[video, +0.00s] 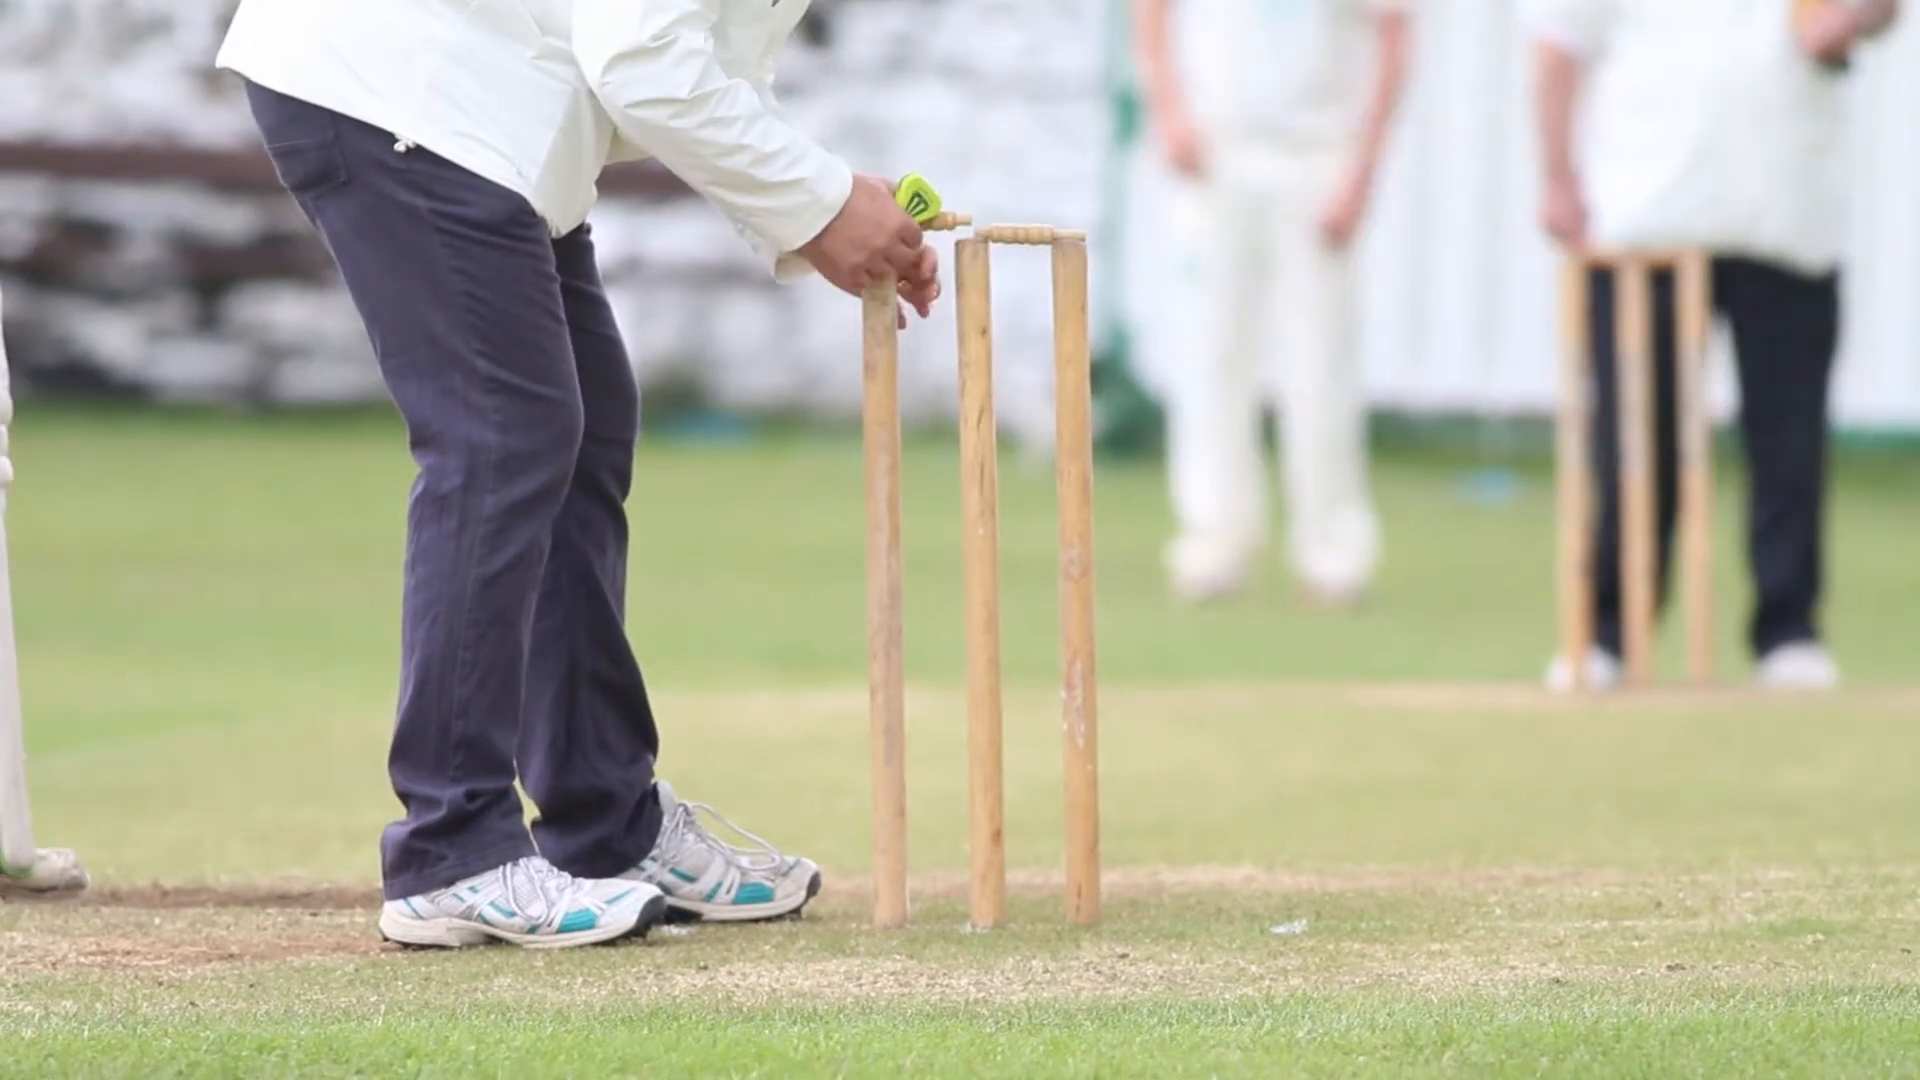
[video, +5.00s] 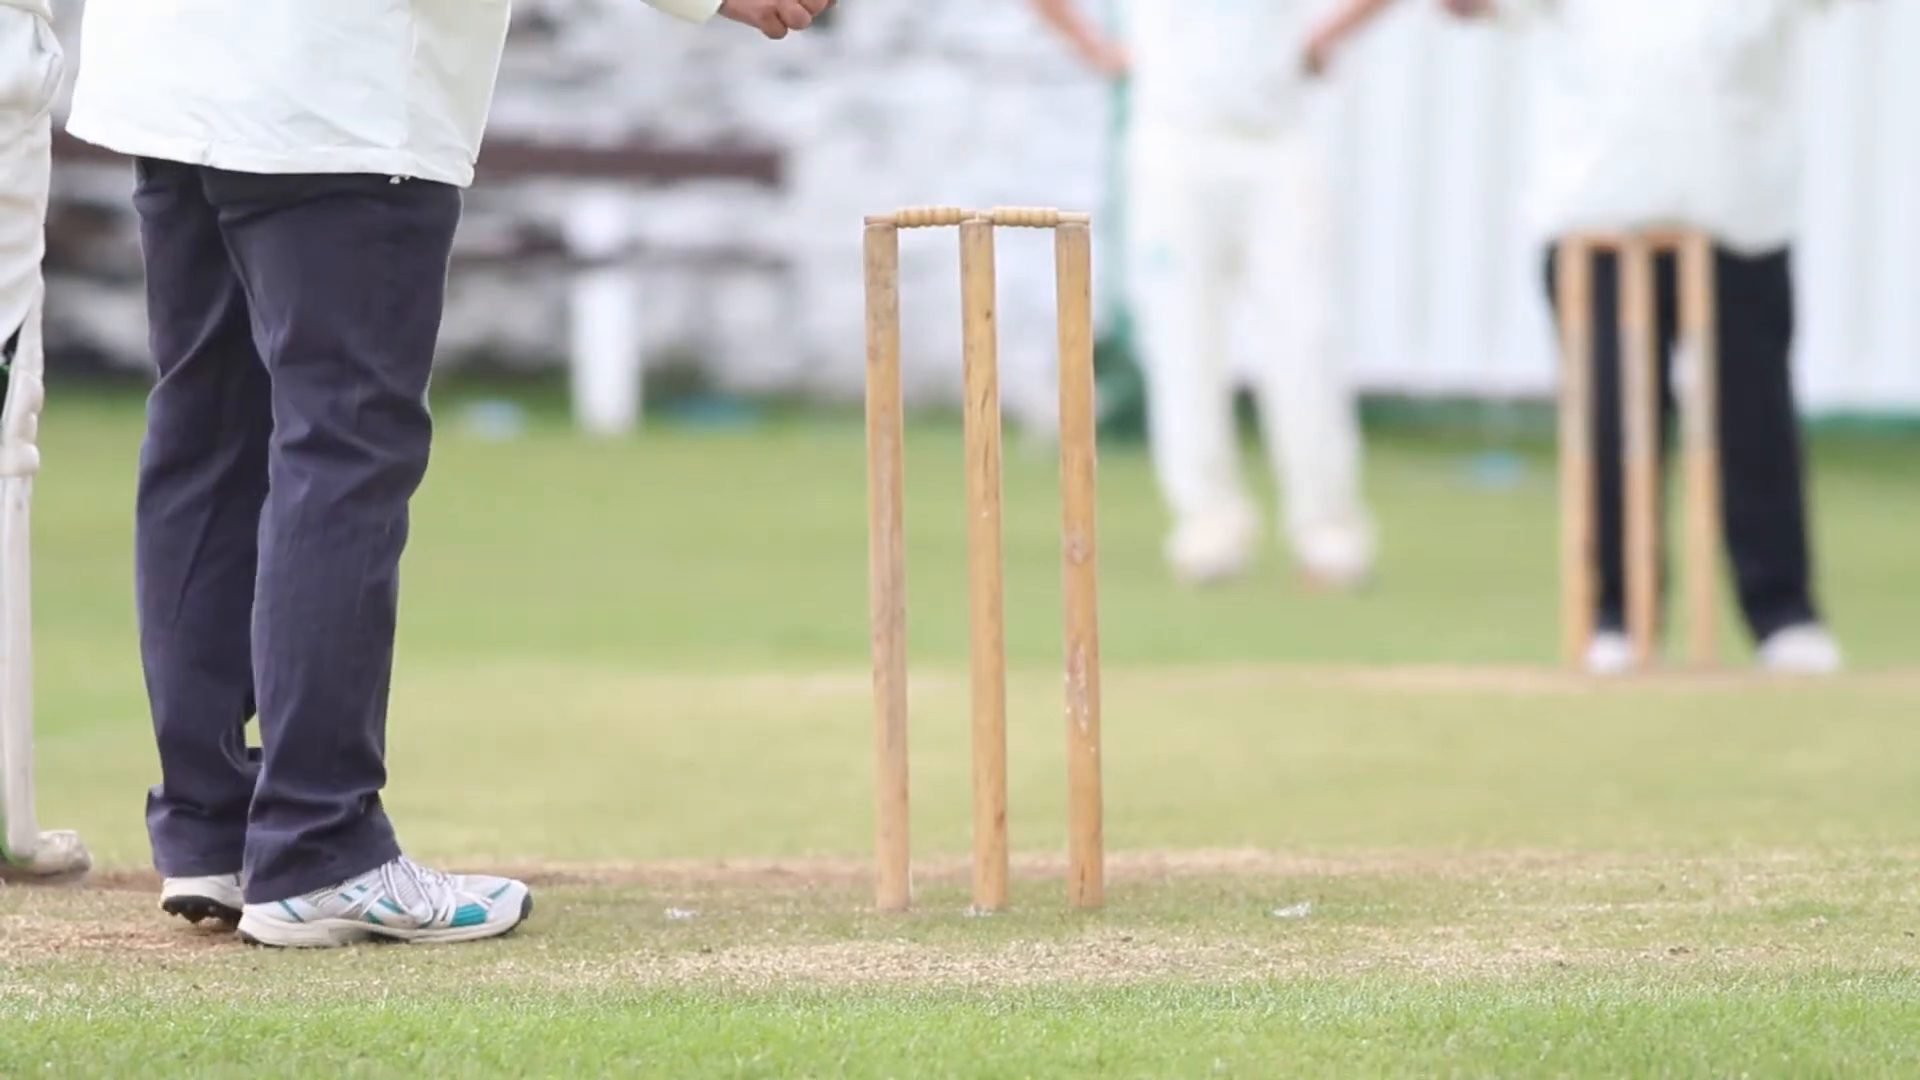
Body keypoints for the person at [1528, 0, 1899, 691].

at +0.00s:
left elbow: (1885, 9)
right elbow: (1558, 32)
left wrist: (1848, 19)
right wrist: (1560, 181)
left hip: (1789, 206)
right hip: (1640, 207)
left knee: (1787, 447)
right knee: (1628, 441)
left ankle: (1789, 638)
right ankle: (1605, 641)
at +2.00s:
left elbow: (1860, 10)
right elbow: (1537, 26)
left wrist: (1813, 12)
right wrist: (1533, 166)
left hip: (1761, 192)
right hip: (1623, 194)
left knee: (1770, 424)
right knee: (1636, 433)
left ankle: (1787, 628)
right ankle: (1651, 636)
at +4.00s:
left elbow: (1874, 22)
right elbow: (1603, 21)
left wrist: (1878, 14)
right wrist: (1592, 158)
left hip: (1819, 199)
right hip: (1675, 195)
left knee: (1804, 435)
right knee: (1665, 430)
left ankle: (1794, 623)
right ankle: (1628, 623)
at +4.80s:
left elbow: (1836, 9)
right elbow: (1502, 17)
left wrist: (1794, 10)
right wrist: (1484, 131)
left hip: (1738, 193)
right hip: (1595, 191)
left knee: (1755, 422)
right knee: (1613, 423)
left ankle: (1786, 620)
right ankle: (1614, 623)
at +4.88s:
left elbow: (1842, 7)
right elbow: (1498, 6)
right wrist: (1472, 67)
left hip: (1736, 188)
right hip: (1597, 189)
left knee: (1757, 420)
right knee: (1614, 425)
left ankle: (1786, 621)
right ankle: (1615, 624)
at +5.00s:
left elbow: (1819, 12)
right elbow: (1517, 12)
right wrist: (1473, 6)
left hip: (1738, 201)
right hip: (1597, 200)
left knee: (1758, 428)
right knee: (1615, 428)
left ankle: (1786, 619)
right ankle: (1616, 623)